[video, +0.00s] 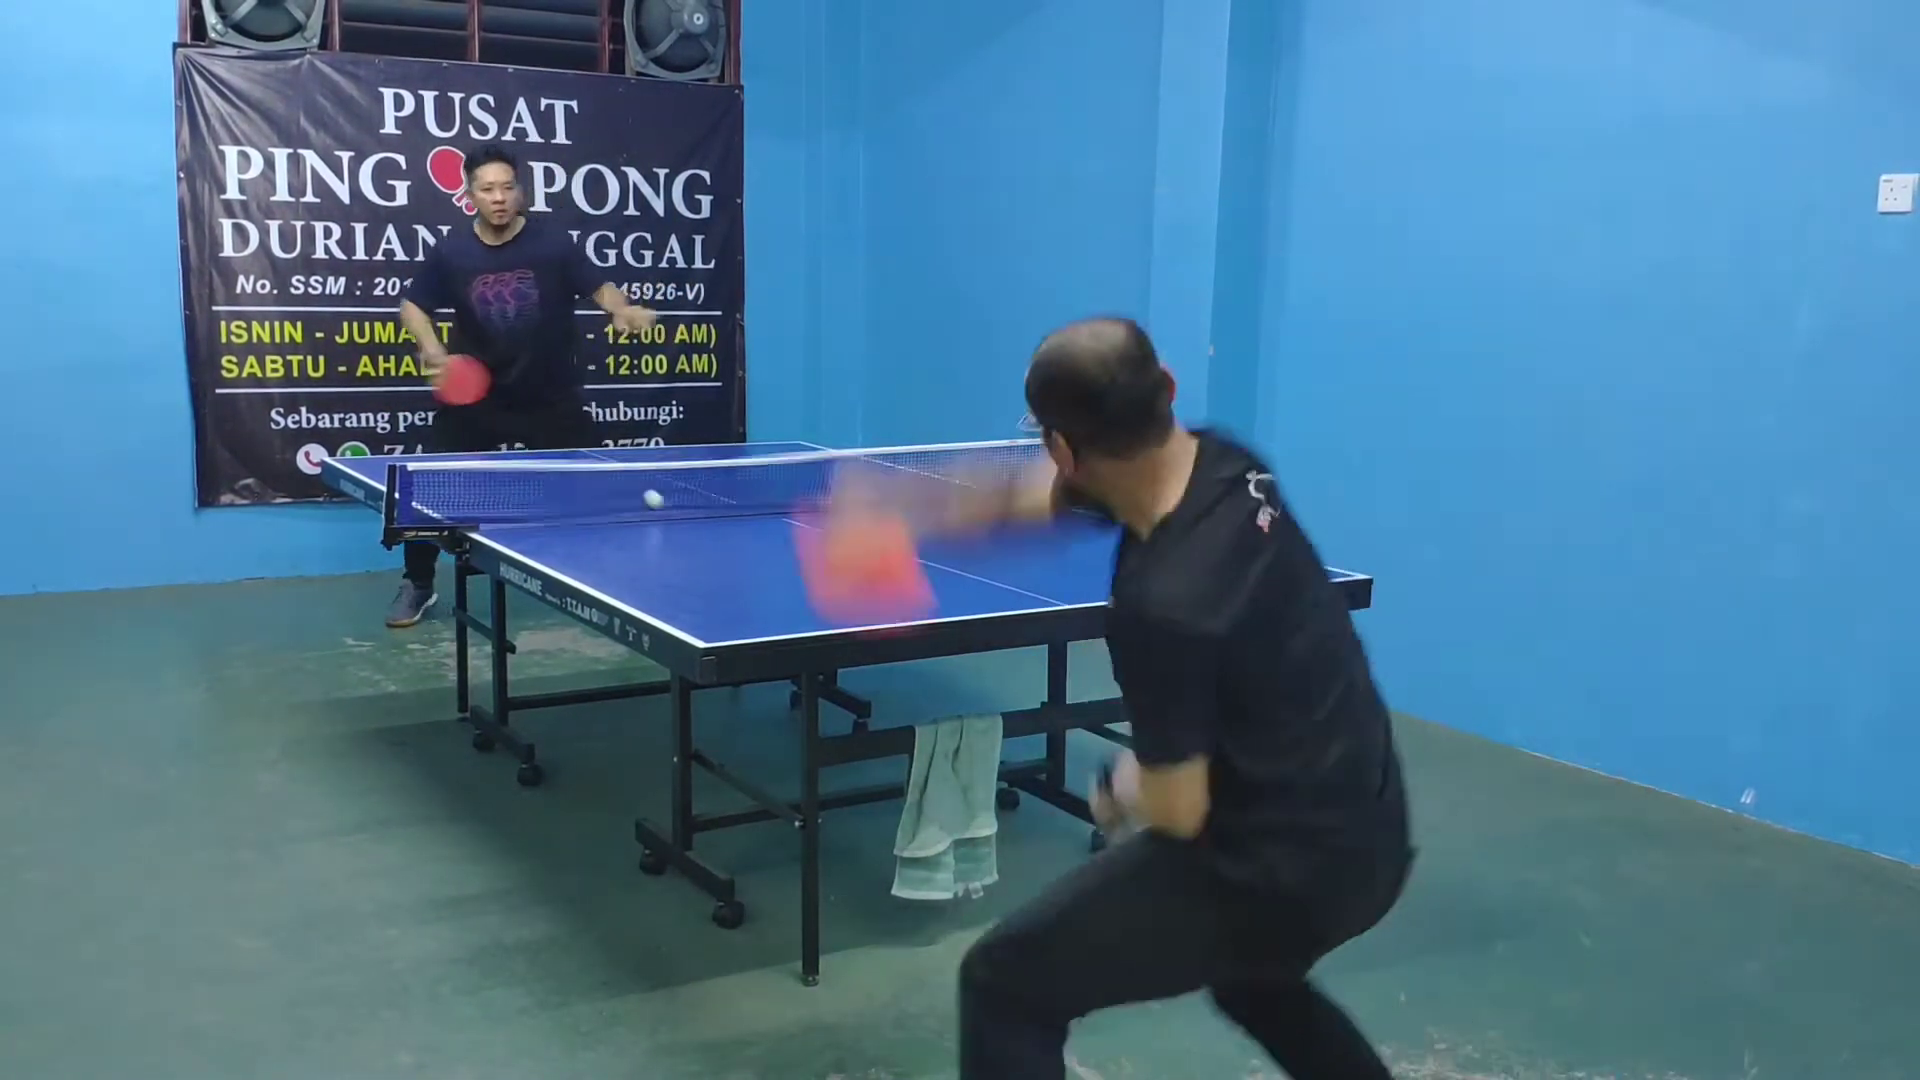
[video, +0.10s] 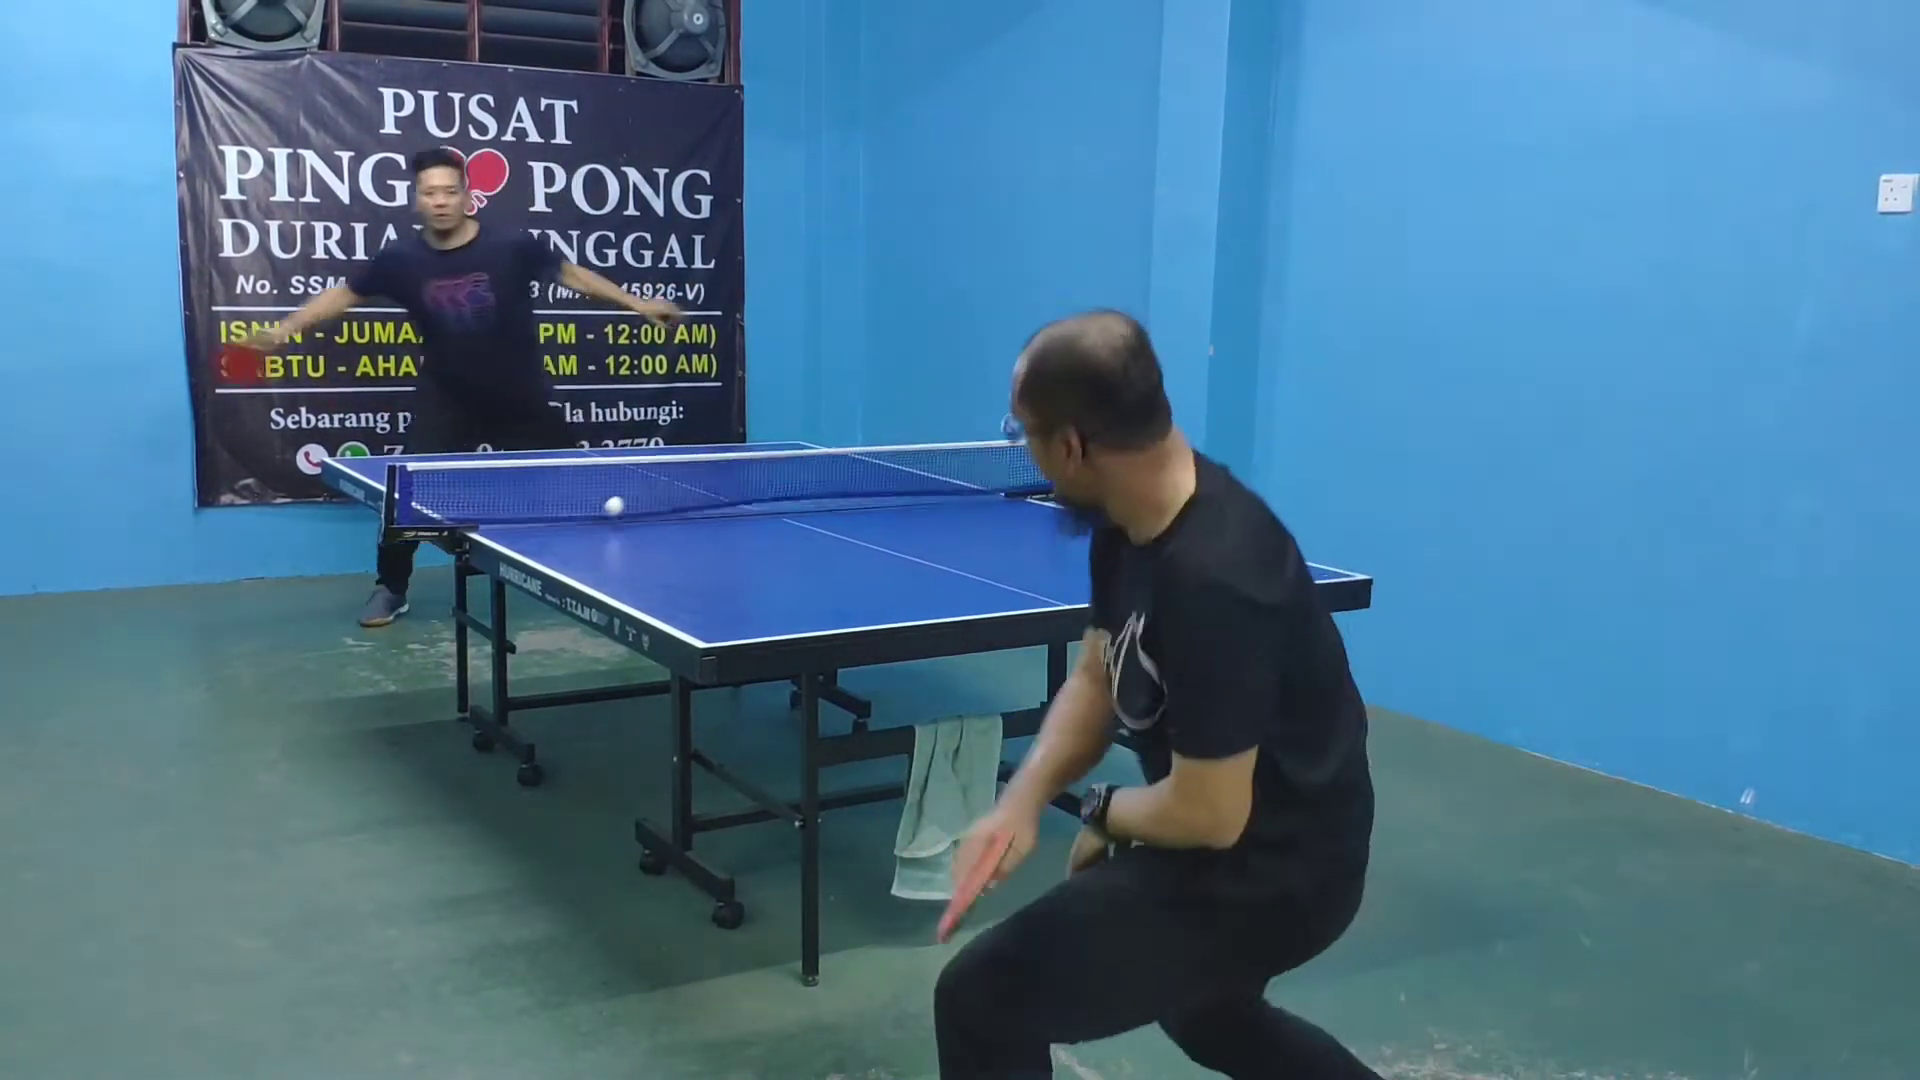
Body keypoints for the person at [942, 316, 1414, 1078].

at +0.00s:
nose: (1041, 448)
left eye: (1042, 434)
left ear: (1062, 451)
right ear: (1168, 390)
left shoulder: (1157, 602)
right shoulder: (1224, 459)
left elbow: (1178, 811)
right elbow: (1062, 495)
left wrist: (1127, 784)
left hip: (1271, 876)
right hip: (1367, 835)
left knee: (1004, 980)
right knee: (1252, 982)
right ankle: (1367, 1074)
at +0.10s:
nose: (1029, 450)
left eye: (1028, 433)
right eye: (1024, 432)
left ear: (1073, 446)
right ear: (1154, 404)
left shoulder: (1215, 581)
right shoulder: (1135, 517)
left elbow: (1210, 814)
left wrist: (1103, 810)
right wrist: (1020, 801)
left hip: (1276, 880)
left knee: (982, 999)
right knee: (1213, 1020)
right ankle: (1362, 1076)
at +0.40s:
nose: (1070, 228)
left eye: (1069, 201)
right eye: (1066, 203)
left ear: (1106, 208)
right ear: (1201, 193)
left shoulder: (1180, 366)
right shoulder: (1257, 311)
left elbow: (1260, 603)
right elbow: (1247, 510)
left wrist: (1124, 718)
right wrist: (1117, 599)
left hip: (1277, 750)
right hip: (1357, 721)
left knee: (1091, 1013)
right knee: (1277, 983)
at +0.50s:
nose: (1087, 232)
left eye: (1088, 206)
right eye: (1086, 207)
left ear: (1126, 216)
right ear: (1225, 205)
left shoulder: (1199, 386)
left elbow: (1270, 630)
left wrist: (1120, 770)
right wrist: (1153, 624)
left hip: (1277, 786)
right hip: (1369, 758)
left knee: (1062, 1050)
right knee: (1357, 1048)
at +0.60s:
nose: (1080, 232)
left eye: (1080, 206)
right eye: (1078, 207)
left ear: (1116, 223)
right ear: (1219, 211)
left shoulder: (1180, 402)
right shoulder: (1299, 348)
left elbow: (1249, 652)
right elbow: (1332, 584)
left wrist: (1100, 821)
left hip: (1255, 814)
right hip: (1364, 773)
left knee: (1078, 1066)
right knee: (1364, 1058)